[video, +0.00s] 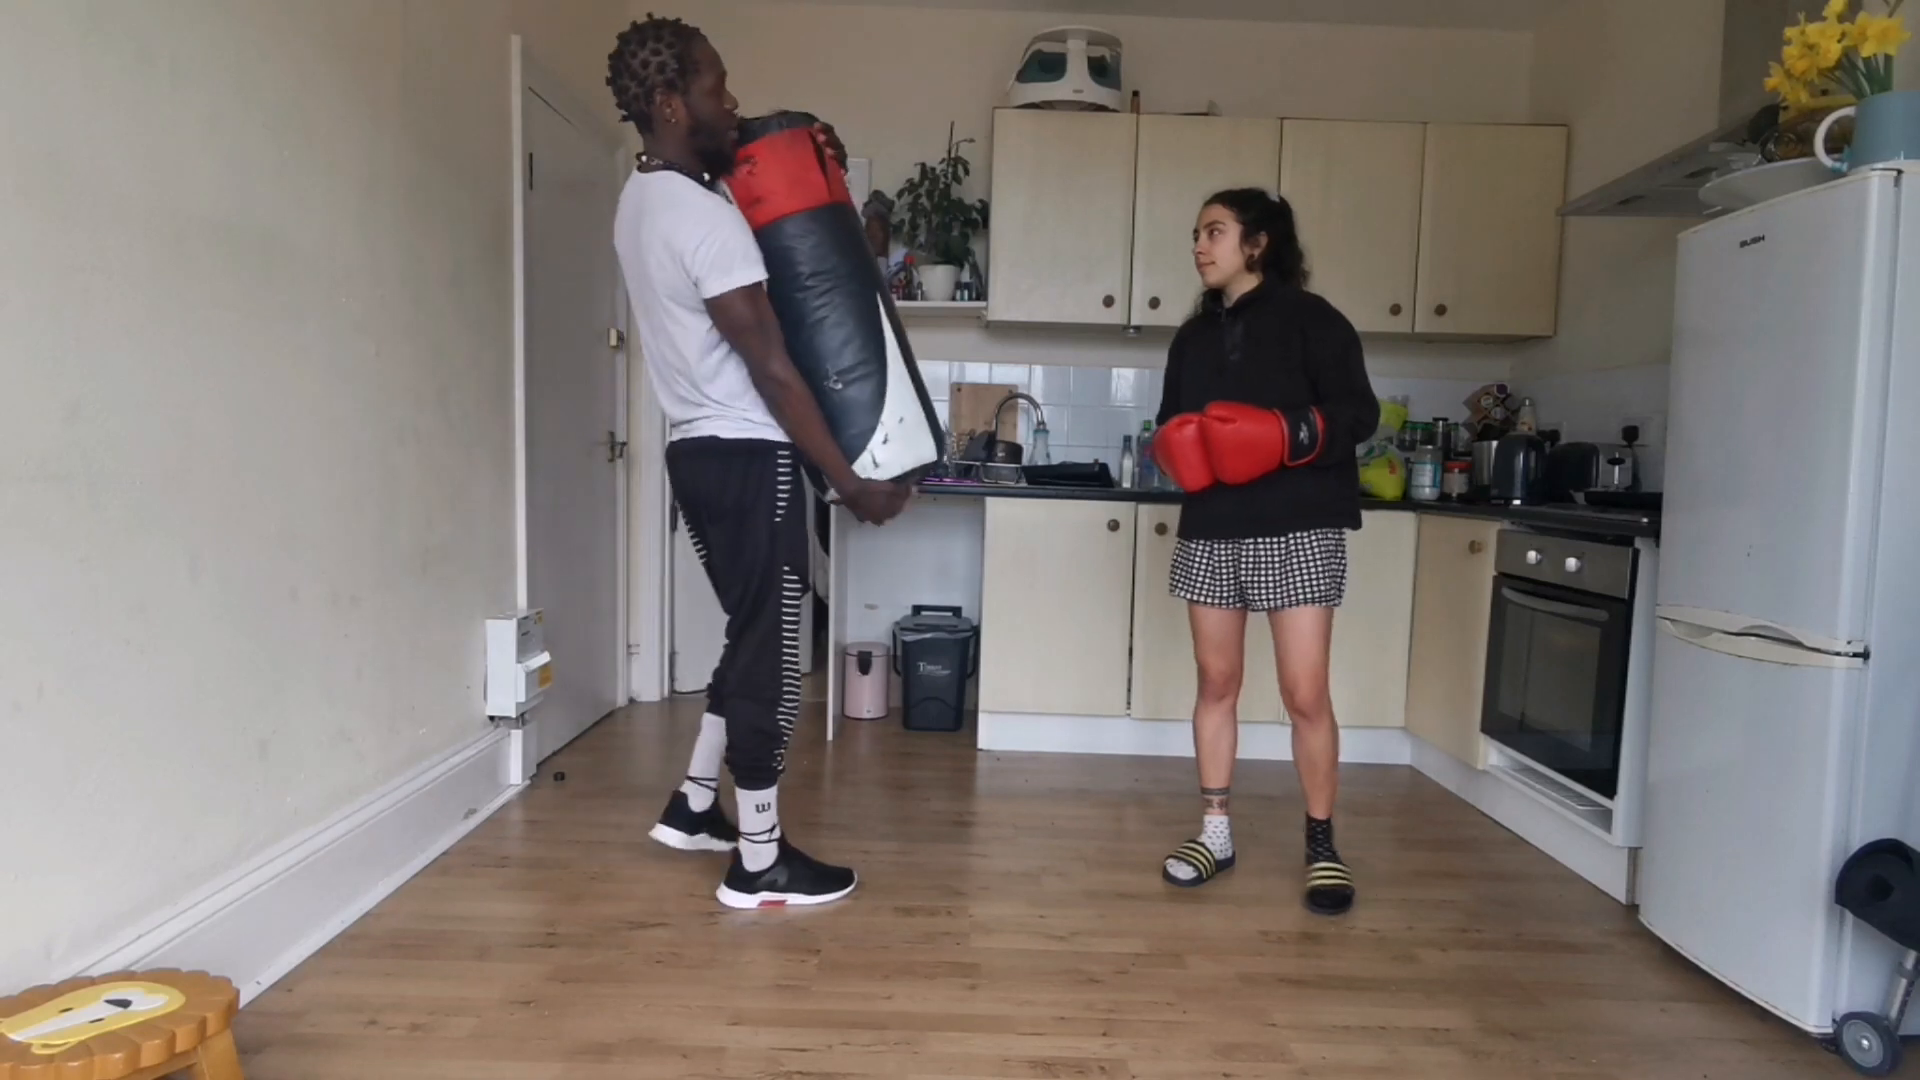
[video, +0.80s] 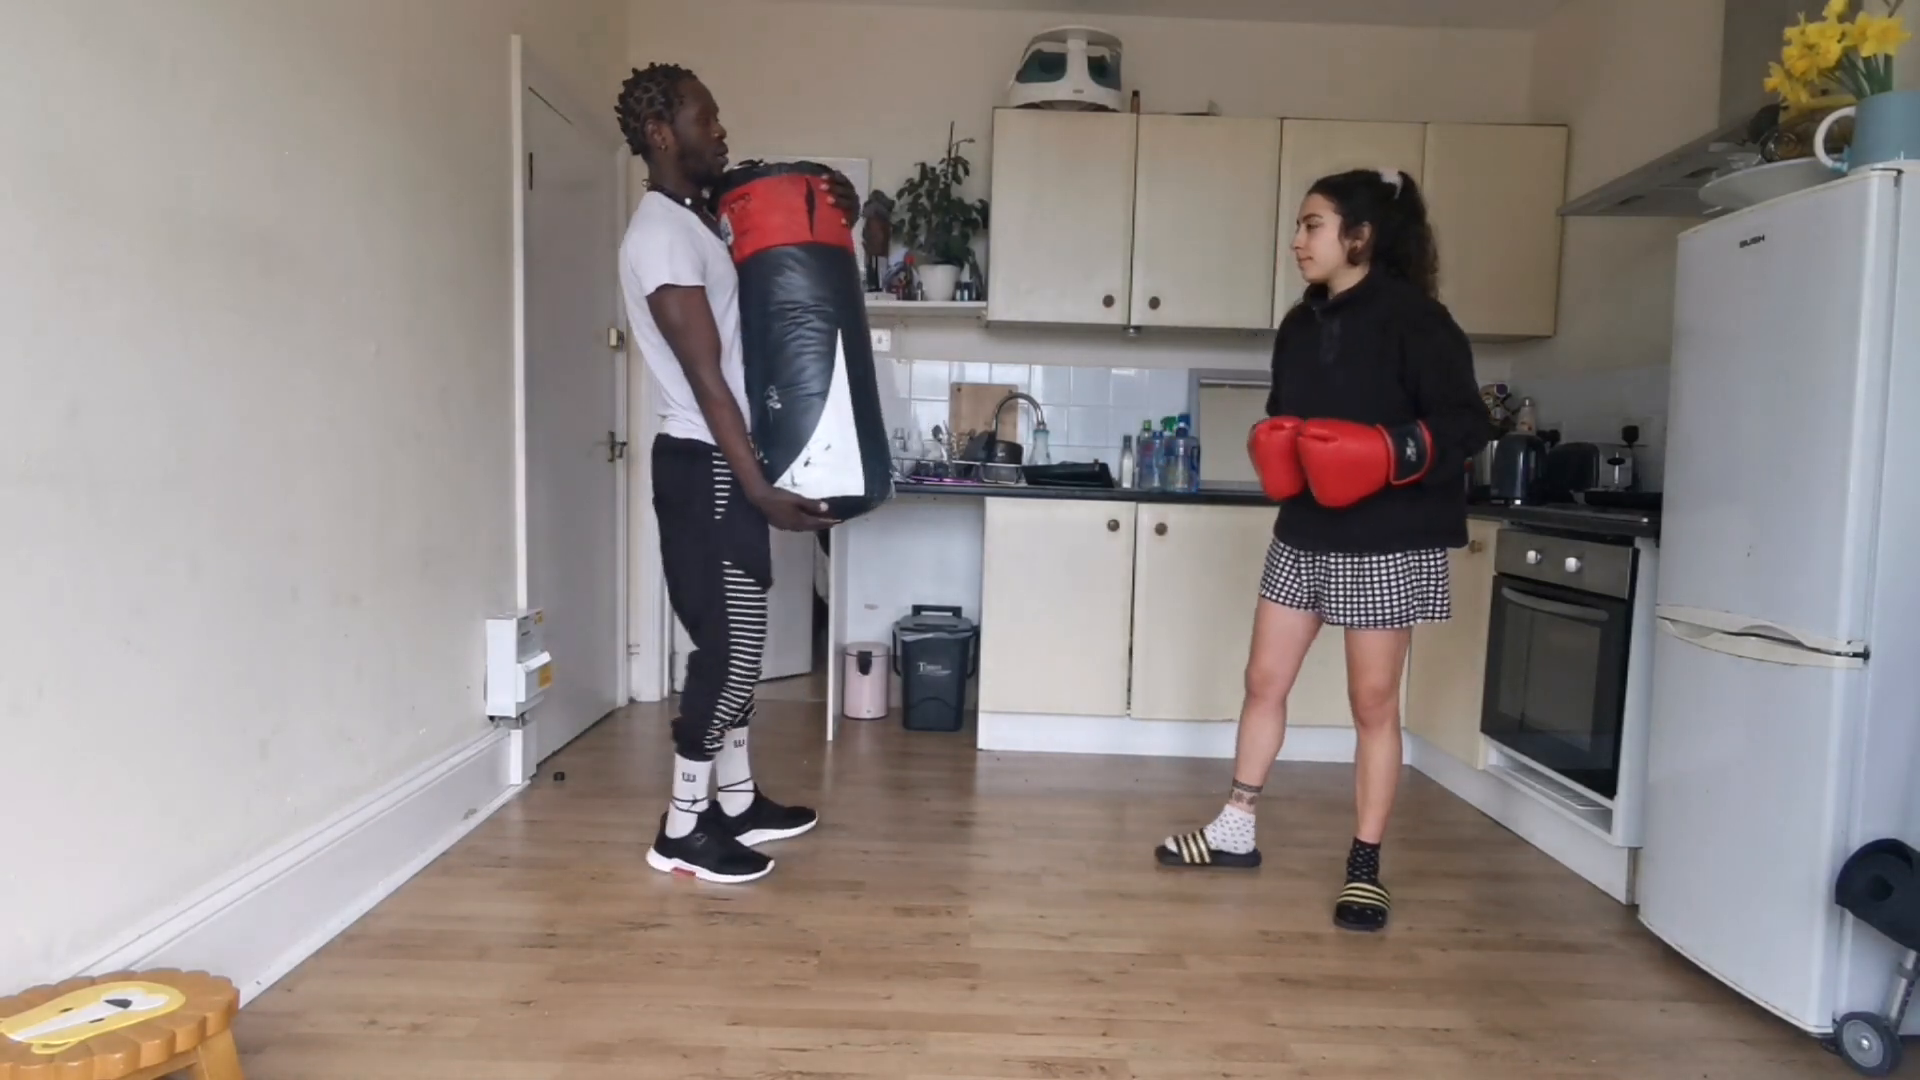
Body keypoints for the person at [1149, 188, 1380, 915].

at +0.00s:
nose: (1199, 245)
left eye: (1214, 233)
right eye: (1198, 234)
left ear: (1258, 243)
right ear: (1207, 248)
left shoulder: (1314, 320)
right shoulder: (1193, 336)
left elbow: (1361, 412)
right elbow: (1171, 433)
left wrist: (1292, 434)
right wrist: (1176, 449)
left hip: (1301, 525)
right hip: (1213, 525)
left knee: (1305, 697)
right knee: (1216, 681)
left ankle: (1321, 844)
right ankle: (1214, 831)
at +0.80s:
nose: (1298, 240)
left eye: (1312, 226)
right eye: (1298, 226)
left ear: (1361, 236)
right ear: (1320, 239)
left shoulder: (1417, 320)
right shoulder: (1300, 327)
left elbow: (1472, 423)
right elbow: (1284, 425)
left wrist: (1400, 450)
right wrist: (1277, 454)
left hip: (1391, 534)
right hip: (1306, 526)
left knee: (1374, 703)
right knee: (1264, 679)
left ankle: (1364, 863)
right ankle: (1235, 825)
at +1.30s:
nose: (1252, 249)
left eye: (1265, 236)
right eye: (1254, 236)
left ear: (1310, 246)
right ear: (1287, 247)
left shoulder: (1357, 318)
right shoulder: (1272, 330)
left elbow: (1388, 432)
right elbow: (1276, 435)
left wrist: (1296, 436)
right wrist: (1227, 450)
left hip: (1357, 532)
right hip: (1283, 529)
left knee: (1352, 701)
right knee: (1266, 687)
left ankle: (1363, 864)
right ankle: (1244, 830)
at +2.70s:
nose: (1168, 261)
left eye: (1180, 249)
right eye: (1170, 248)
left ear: (1222, 259)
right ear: (1211, 260)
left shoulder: (1266, 326)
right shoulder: (1192, 337)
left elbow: (1286, 432)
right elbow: (1205, 431)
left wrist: (1192, 426)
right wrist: (1148, 429)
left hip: (1281, 529)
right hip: (1212, 529)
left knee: (1286, 692)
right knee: (1202, 678)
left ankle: (1320, 853)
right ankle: (1178, 820)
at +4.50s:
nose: (1199, 261)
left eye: (1212, 248)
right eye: (1197, 249)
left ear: (1258, 251)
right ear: (1204, 257)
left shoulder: (1301, 314)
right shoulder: (1212, 322)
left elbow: (1246, 394)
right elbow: (1171, 412)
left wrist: (1219, 319)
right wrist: (1159, 336)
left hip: (1294, 518)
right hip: (1216, 518)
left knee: (1299, 688)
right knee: (1184, 675)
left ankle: (1307, 834)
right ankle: (1148, 811)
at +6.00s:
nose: (1159, 283)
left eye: (1170, 270)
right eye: (1155, 273)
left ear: (1212, 264)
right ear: (1164, 275)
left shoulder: (1264, 318)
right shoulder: (1177, 328)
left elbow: (1217, 401)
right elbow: (1131, 408)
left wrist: (1183, 328)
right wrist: (1124, 329)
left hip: (1279, 519)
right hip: (1201, 521)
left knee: (1300, 686)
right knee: (1165, 668)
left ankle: (1329, 828)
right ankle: (1146, 810)